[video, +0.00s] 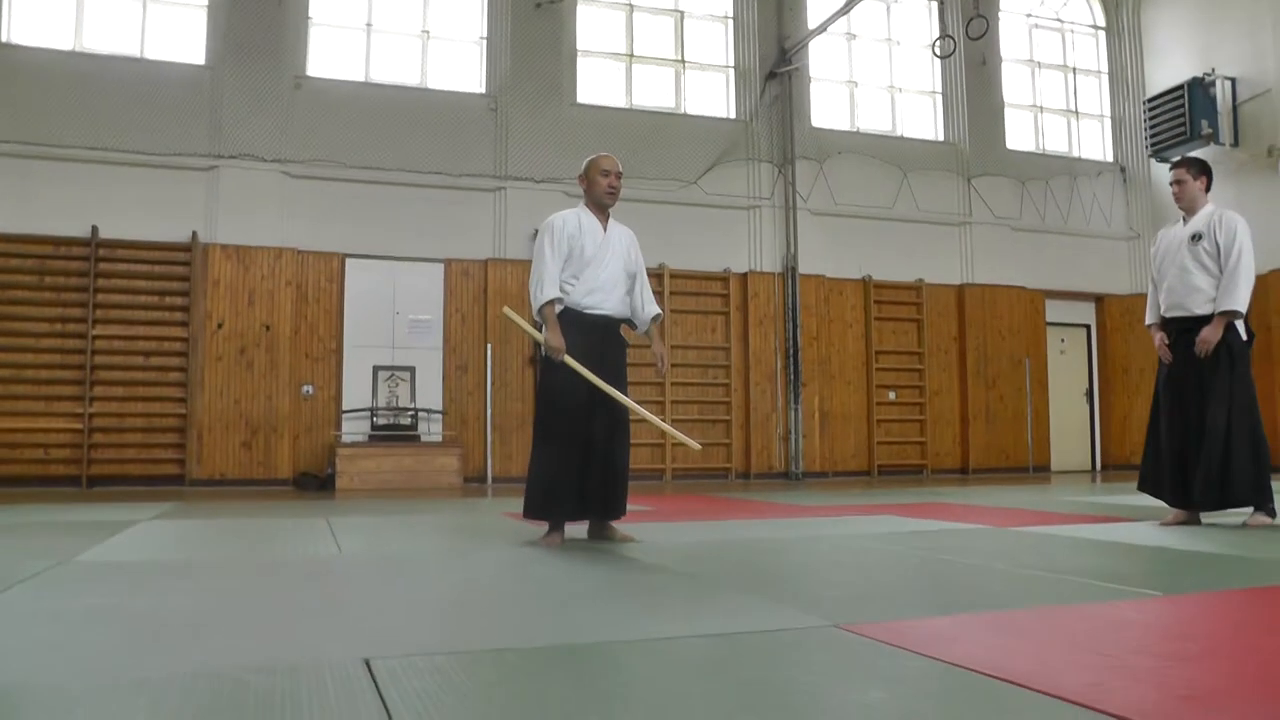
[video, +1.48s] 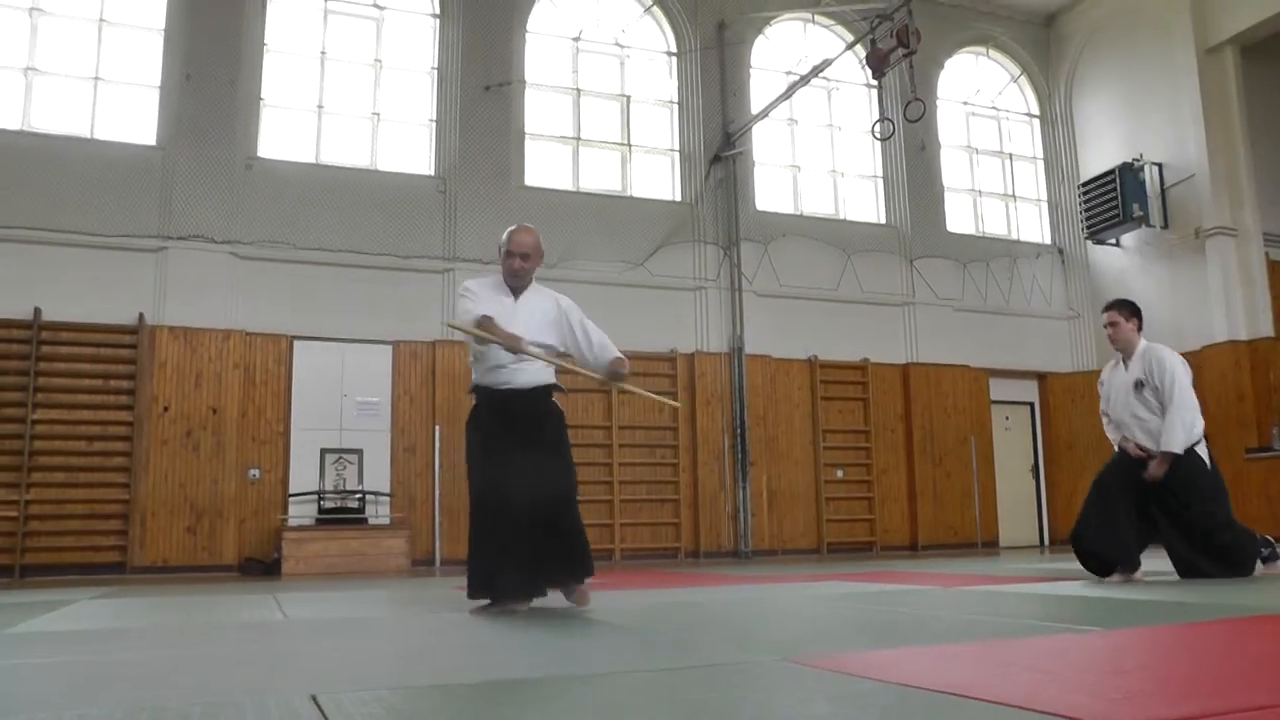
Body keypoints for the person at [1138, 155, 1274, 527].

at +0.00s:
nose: (1173, 189)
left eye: (1180, 182)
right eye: (1171, 184)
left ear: (1203, 183)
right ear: (1173, 189)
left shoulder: (1228, 222)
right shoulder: (1164, 236)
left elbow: (1240, 274)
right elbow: (1155, 288)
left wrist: (1217, 324)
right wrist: (1155, 328)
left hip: (1220, 331)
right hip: (1176, 336)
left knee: (1239, 417)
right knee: (1177, 419)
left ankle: (1263, 506)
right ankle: (1185, 506)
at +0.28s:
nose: (1189, 196)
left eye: (1195, 189)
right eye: (1187, 190)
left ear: (1217, 190)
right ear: (1188, 195)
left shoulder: (1242, 229)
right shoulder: (1178, 245)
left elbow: (1255, 280)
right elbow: (1171, 295)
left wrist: (1237, 330)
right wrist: (1171, 334)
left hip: (1236, 339)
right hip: (1192, 343)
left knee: (1252, 424)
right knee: (1187, 425)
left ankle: (1267, 513)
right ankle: (1189, 512)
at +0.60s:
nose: (1173, 241)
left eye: (1179, 234)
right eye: (1171, 236)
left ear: (1201, 235)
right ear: (1174, 241)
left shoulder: (1226, 276)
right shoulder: (1166, 290)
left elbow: (1242, 329)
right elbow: (1159, 339)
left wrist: (1229, 380)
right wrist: (1162, 378)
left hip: (1225, 384)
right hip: (1181, 387)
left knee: (1240, 470)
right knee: (1180, 469)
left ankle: (1254, 560)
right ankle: (1178, 554)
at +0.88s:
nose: (1114, 268)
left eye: (1120, 261)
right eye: (1112, 262)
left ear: (1141, 263)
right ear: (1115, 268)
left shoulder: (1166, 301)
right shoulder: (1109, 314)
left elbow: (1187, 349)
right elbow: (1104, 361)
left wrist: (1177, 397)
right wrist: (1111, 396)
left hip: (1175, 403)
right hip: (1133, 409)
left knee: (1194, 486)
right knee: (1137, 488)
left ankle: (1214, 570)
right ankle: (1143, 569)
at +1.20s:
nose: (1066, 289)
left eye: (1071, 283)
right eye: (1064, 285)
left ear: (1093, 284)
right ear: (1067, 291)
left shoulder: (1118, 317)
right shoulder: (1070, 335)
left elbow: (1137, 365)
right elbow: (1070, 383)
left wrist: (1117, 412)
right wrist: (1082, 411)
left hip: (1141, 412)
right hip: (1103, 420)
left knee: (1175, 481)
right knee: (1101, 488)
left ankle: (1225, 539)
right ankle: (1111, 564)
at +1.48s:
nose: (1108, 332)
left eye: (1113, 325)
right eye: (1105, 327)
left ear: (1134, 324)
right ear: (1106, 331)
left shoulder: (1163, 359)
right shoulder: (1108, 374)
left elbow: (1182, 408)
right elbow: (1107, 419)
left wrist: (1164, 456)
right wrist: (1122, 442)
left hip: (1179, 452)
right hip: (1134, 455)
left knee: (1205, 520)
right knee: (1107, 497)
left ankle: (1264, 549)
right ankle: (1127, 565)